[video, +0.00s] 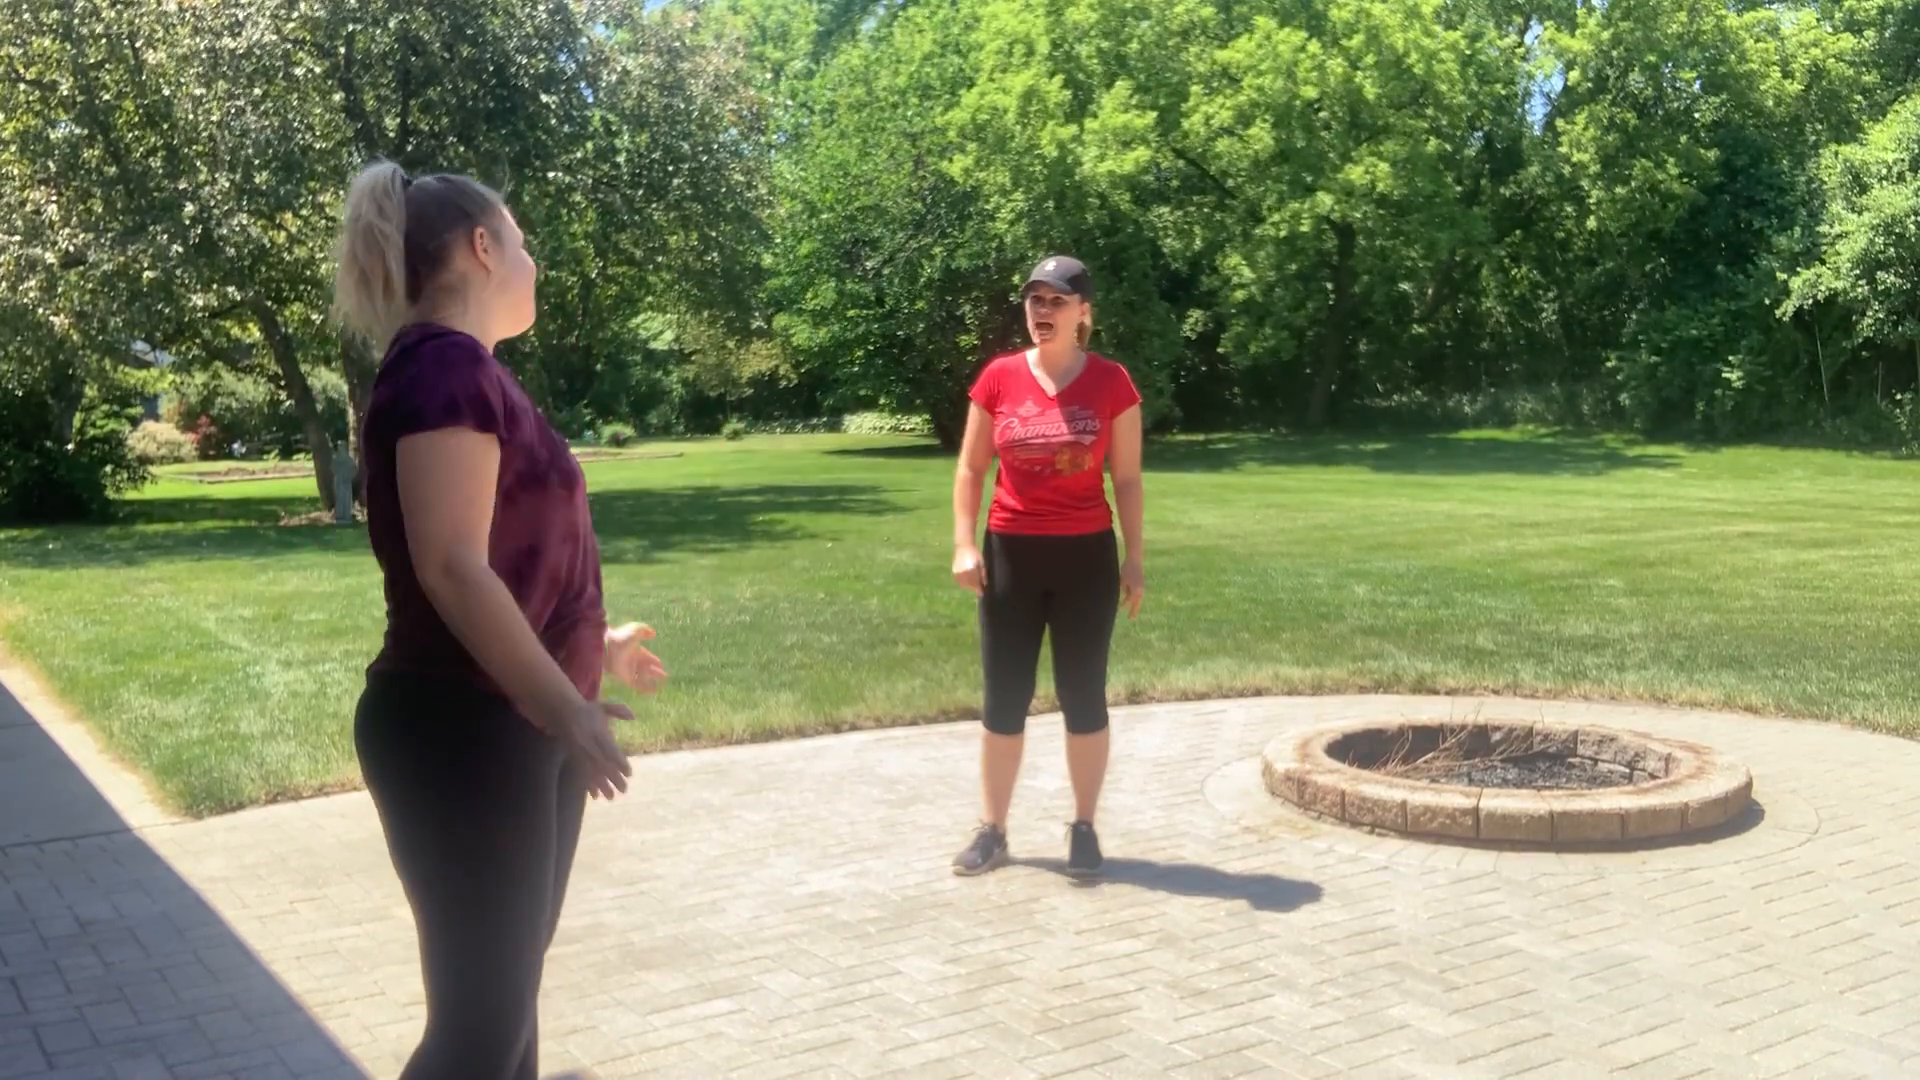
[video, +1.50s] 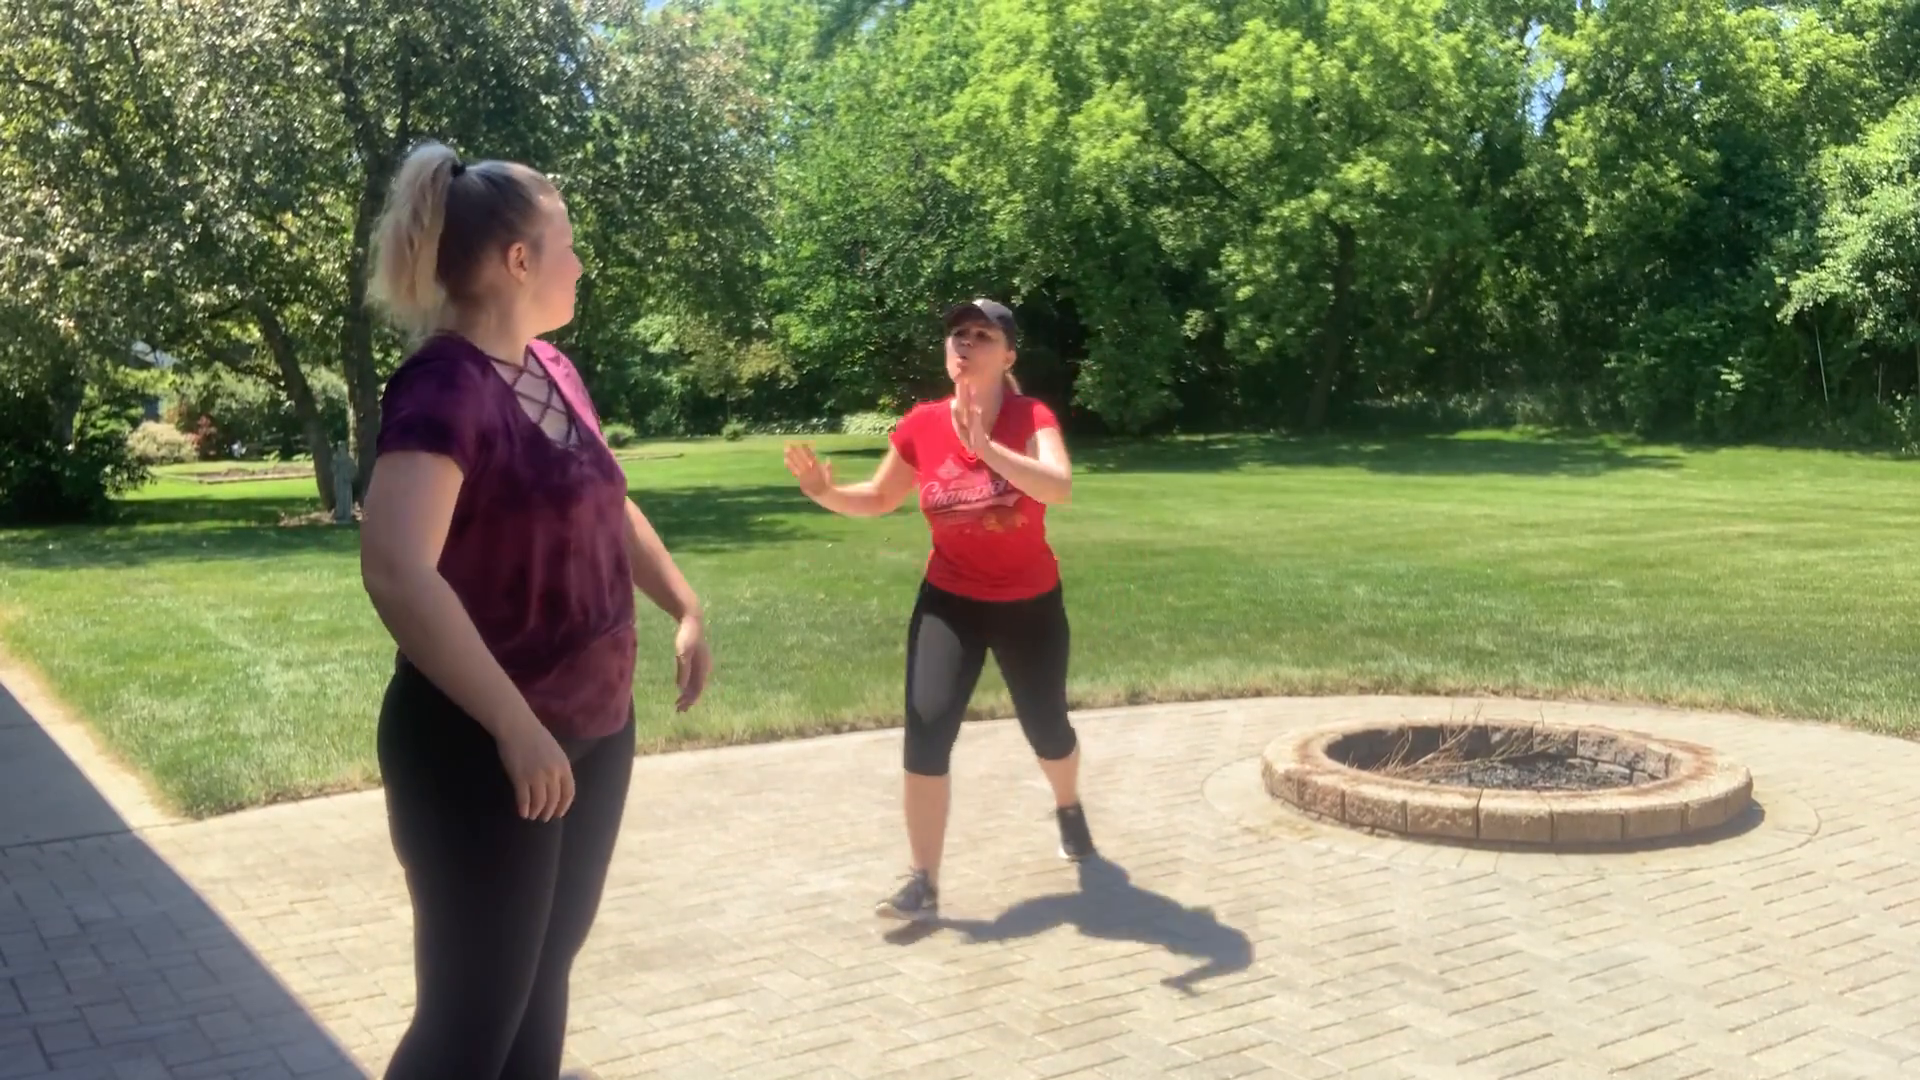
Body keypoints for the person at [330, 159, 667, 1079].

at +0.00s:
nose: (532, 262)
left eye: (525, 242)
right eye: (520, 241)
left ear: (451, 259)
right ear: (479, 246)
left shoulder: (467, 372)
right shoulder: (446, 365)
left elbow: (467, 573)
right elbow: (450, 566)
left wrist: (584, 644)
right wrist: (563, 712)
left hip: (505, 721)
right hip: (467, 725)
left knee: (502, 1021)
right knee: (480, 1028)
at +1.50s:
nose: (579, 259)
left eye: (572, 240)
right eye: (565, 242)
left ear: (514, 262)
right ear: (517, 261)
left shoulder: (553, 365)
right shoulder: (447, 384)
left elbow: (607, 504)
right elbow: (395, 566)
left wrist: (685, 604)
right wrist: (519, 726)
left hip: (588, 732)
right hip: (482, 744)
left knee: (542, 991)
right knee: (468, 1024)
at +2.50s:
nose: (469, 245)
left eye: (491, 234)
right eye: (443, 228)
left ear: (513, 269)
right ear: (393, 257)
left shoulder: (543, 397)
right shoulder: (322, 365)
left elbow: (574, 578)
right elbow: (176, 473)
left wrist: (670, 606)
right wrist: (310, 378)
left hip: (525, 758)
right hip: (343, 759)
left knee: (561, 1039)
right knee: (381, 1055)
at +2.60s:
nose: (425, 217)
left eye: (447, 209)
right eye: (397, 202)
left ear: (471, 251)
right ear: (347, 237)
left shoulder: (517, 383)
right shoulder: (284, 352)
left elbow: (561, 560)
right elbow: (108, 434)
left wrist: (651, 590)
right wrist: (295, 380)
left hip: (506, 764)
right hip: (320, 769)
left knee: (509, 1054)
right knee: (364, 1056)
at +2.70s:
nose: (381, 201)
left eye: (405, 194)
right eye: (351, 189)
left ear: (435, 245)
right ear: (304, 236)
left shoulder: (499, 374)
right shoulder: (248, 364)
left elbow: (553, 544)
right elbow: (51, 437)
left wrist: (652, 583)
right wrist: (259, 417)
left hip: (489, 775)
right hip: (295, 781)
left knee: (448, 1052)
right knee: (336, 1054)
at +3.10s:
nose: (258, 235)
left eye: (287, 206)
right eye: (221, 208)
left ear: (331, 236)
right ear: (172, 243)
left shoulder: (417, 395)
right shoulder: (126, 410)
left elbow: (597, 568)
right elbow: (104, 635)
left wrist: (487, 739)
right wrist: (45, 834)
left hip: (402, 835)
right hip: (190, 833)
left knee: (361, 1066)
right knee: (113, 1065)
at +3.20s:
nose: (221, 255)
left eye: (249, 222)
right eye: (181, 227)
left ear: (294, 233)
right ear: (132, 250)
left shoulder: (386, 391)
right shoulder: (87, 408)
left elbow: (530, 600)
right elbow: (74, 626)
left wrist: (367, 752)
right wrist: (23, 803)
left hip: (380, 835)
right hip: (163, 837)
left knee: (350, 1067)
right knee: (122, 1066)